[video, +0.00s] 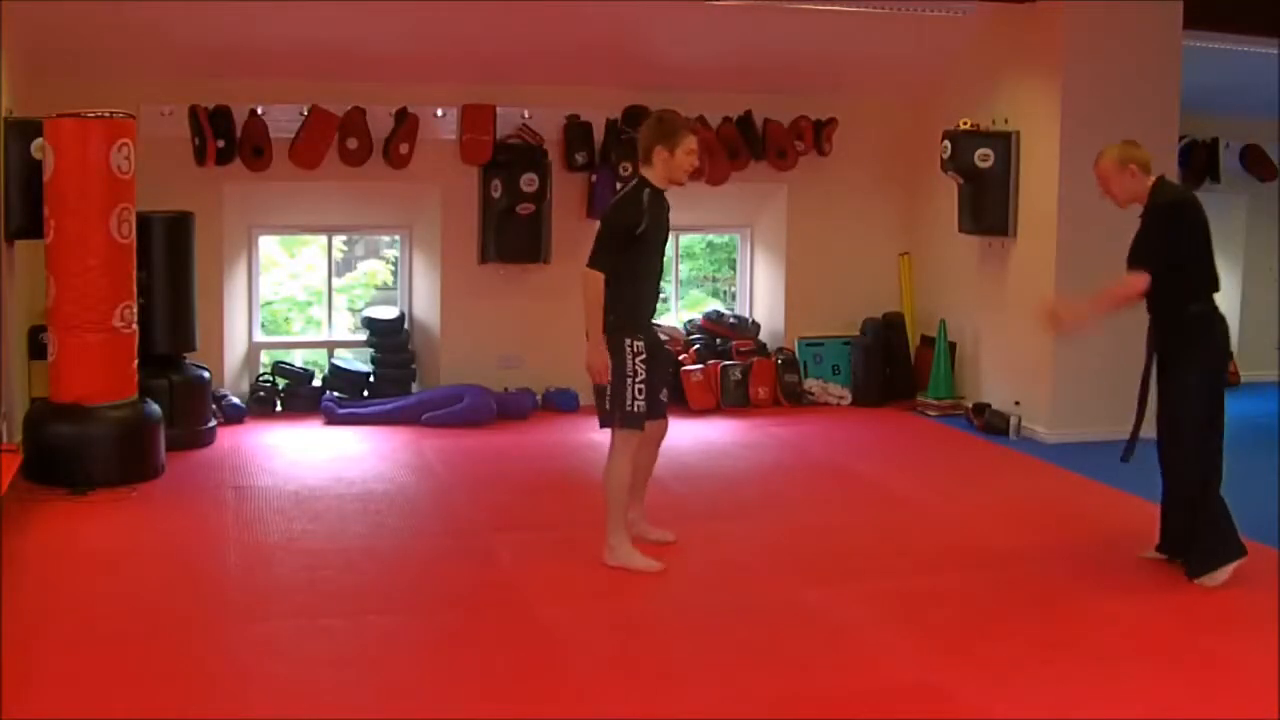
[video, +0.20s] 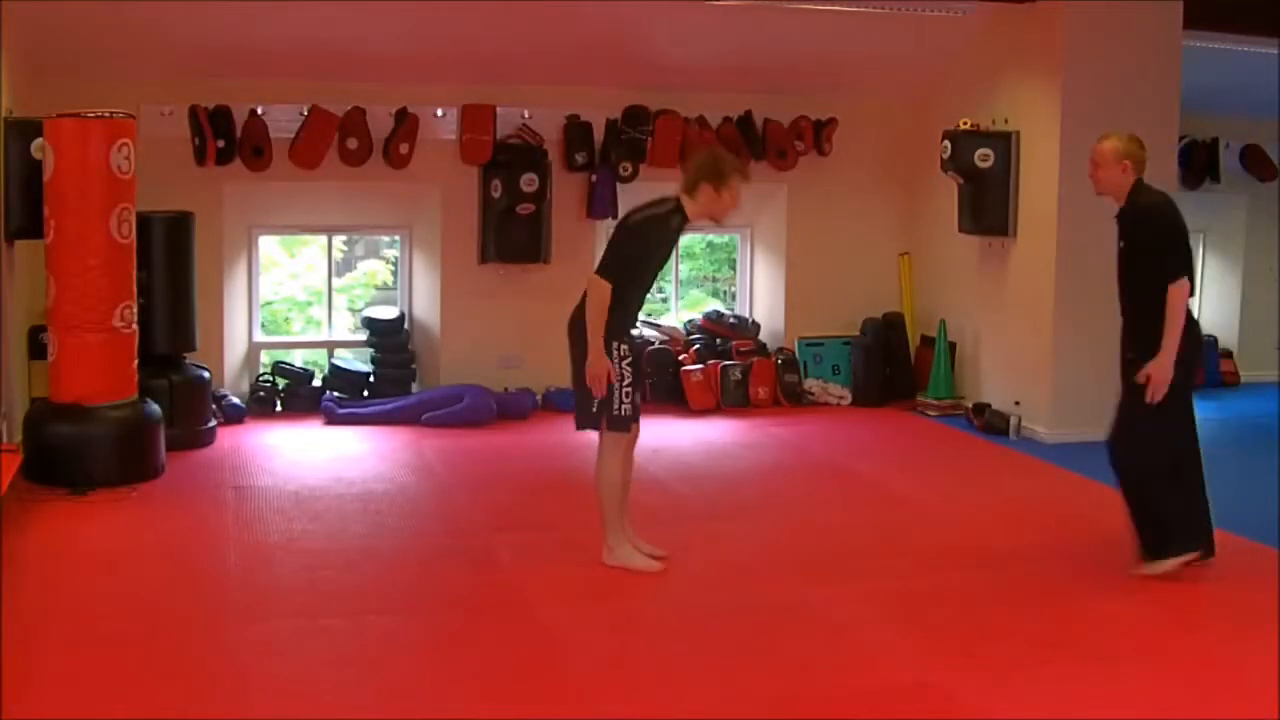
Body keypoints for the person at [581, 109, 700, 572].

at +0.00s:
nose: (695, 162)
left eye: (696, 153)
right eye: (688, 152)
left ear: (665, 155)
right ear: (659, 152)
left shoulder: (657, 203)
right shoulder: (632, 201)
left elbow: (637, 274)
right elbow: (595, 272)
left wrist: (648, 332)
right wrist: (595, 344)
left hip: (642, 332)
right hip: (621, 336)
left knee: (655, 427)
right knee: (627, 436)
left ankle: (633, 518)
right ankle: (615, 544)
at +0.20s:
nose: (734, 204)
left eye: (736, 195)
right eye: (731, 194)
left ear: (704, 188)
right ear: (706, 188)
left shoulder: (671, 221)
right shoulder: (654, 221)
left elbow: (624, 287)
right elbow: (599, 284)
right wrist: (595, 350)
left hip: (618, 330)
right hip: (603, 331)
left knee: (628, 430)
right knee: (617, 432)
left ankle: (623, 533)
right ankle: (614, 543)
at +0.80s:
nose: (717, 163)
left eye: (717, 154)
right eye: (711, 153)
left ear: (686, 155)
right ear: (683, 153)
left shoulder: (669, 201)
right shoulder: (650, 201)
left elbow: (646, 278)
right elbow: (612, 278)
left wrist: (658, 331)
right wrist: (636, 342)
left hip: (649, 331)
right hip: (629, 333)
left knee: (657, 433)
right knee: (635, 436)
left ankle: (627, 529)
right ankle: (616, 542)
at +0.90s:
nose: (708, 163)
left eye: (709, 154)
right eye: (702, 152)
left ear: (674, 154)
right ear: (673, 151)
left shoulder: (662, 199)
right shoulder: (650, 201)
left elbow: (650, 285)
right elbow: (646, 289)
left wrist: (690, 320)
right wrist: (699, 321)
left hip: (649, 327)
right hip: (631, 329)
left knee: (677, 426)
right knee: (635, 435)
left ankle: (631, 522)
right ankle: (616, 543)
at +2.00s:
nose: (707, 154)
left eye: (707, 146)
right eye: (699, 146)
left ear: (684, 152)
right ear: (672, 151)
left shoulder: (679, 201)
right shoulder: (654, 202)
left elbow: (669, 278)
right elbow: (628, 279)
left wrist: (679, 337)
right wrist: (628, 349)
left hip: (678, 332)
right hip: (652, 333)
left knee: (686, 429)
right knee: (642, 434)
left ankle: (690, 523)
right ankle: (602, 524)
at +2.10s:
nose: (702, 157)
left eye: (703, 149)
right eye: (695, 149)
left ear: (677, 154)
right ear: (668, 153)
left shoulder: (673, 203)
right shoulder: (648, 201)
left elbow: (656, 274)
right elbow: (603, 270)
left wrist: (665, 330)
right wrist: (602, 337)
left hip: (668, 332)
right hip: (638, 332)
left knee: (684, 427)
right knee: (628, 434)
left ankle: (690, 523)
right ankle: (600, 527)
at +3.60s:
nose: (748, 194)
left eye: (749, 186)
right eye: (745, 185)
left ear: (721, 183)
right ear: (719, 182)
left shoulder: (703, 226)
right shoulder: (681, 226)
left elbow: (662, 285)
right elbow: (636, 289)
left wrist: (628, 317)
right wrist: (623, 321)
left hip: (679, 345)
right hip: (654, 347)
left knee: (713, 427)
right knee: (682, 446)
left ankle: (685, 509)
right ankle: (628, 526)